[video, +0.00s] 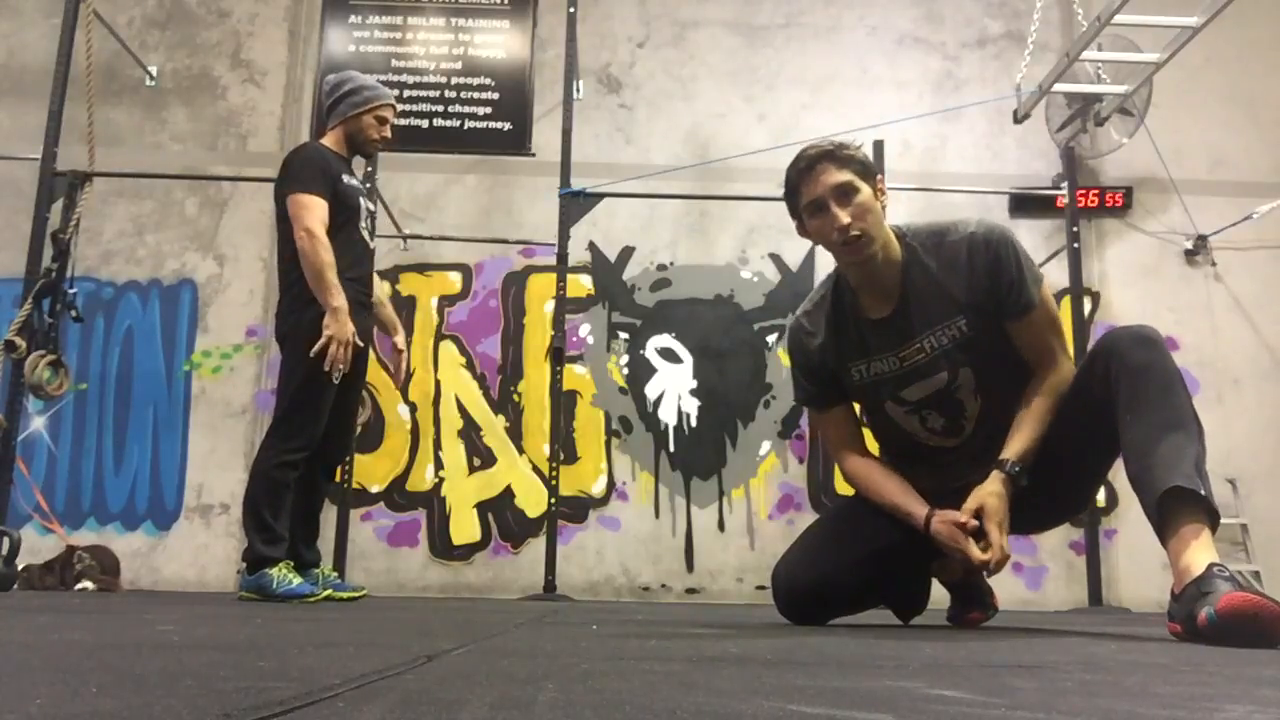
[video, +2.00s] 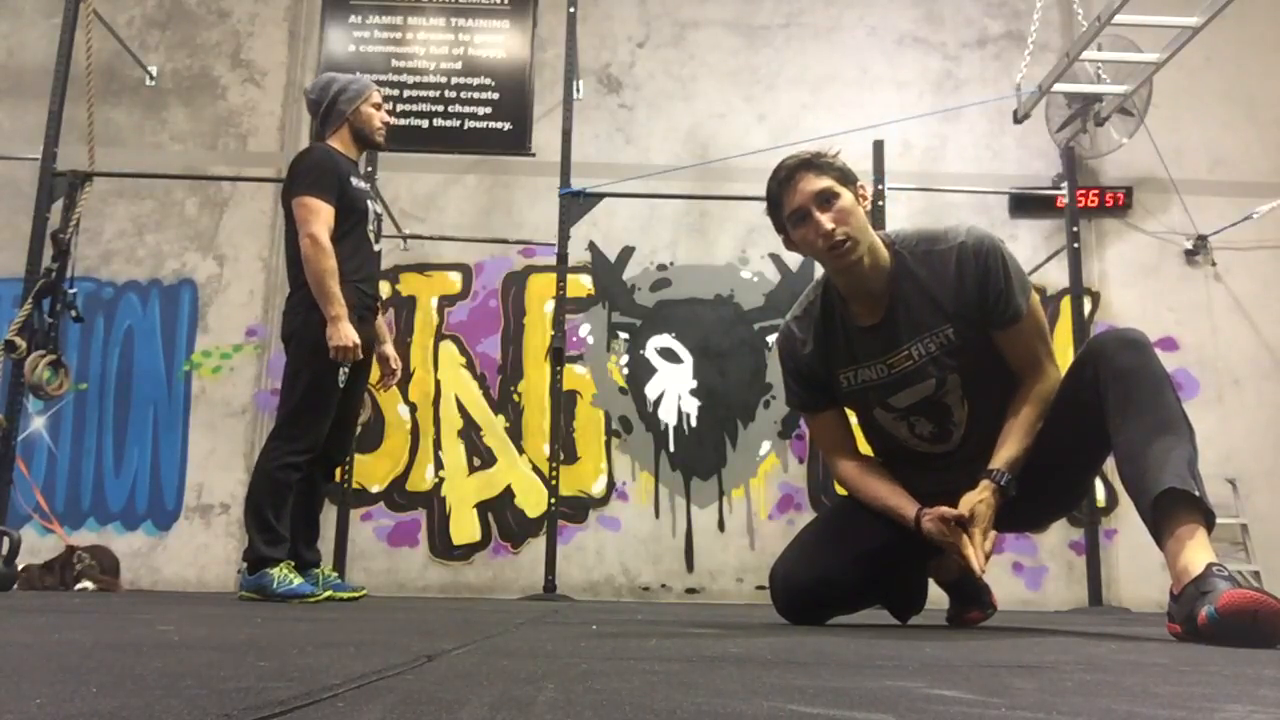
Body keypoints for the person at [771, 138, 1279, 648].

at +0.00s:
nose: (839, 221)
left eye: (846, 196)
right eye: (817, 214)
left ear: (879, 194)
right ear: (807, 235)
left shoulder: (982, 254)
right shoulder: (815, 333)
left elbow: (1055, 370)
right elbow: (848, 454)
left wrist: (1003, 478)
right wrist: (928, 518)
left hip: (1030, 470)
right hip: (922, 496)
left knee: (1134, 347)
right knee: (799, 591)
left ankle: (1197, 574)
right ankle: (946, 562)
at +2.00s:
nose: (822, 223)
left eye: (828, 200)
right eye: (800, 221)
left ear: (863, 195)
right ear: (793, 245)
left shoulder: (970, 259)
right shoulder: (804, 340)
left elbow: (1040, 379)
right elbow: (841, 456)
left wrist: (992, 485)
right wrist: (916, 516)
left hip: (1018, 472)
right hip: (913, 497)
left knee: (1120, 349)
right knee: (796, 590)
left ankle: (1195, 578)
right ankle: (940, 560)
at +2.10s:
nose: (822, 224)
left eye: (827, 201)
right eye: (800, 222)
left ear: (863, 195)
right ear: (793, 246)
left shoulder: (969, 260)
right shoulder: (804, 340)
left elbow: (1040, 379)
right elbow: (841, 455)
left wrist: (992, 485)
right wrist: (916, 516)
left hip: (1018, 472)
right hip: (914, 497)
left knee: (1121, 349)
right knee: (796, 590)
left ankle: (1195, 578)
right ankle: (940, 560)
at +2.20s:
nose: (822, 226)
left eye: (827, 202)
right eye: (800, 223)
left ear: (862, 196)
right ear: (793, 247)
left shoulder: (969, 260)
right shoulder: (804, 341)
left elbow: (1040, 379)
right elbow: (840, 456)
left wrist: (991, 486)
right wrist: (916, 517)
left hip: (1018, 471)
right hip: (913, 497)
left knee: (1120, 349)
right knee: (796, 590)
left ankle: (1195, 578)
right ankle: (940, 561)